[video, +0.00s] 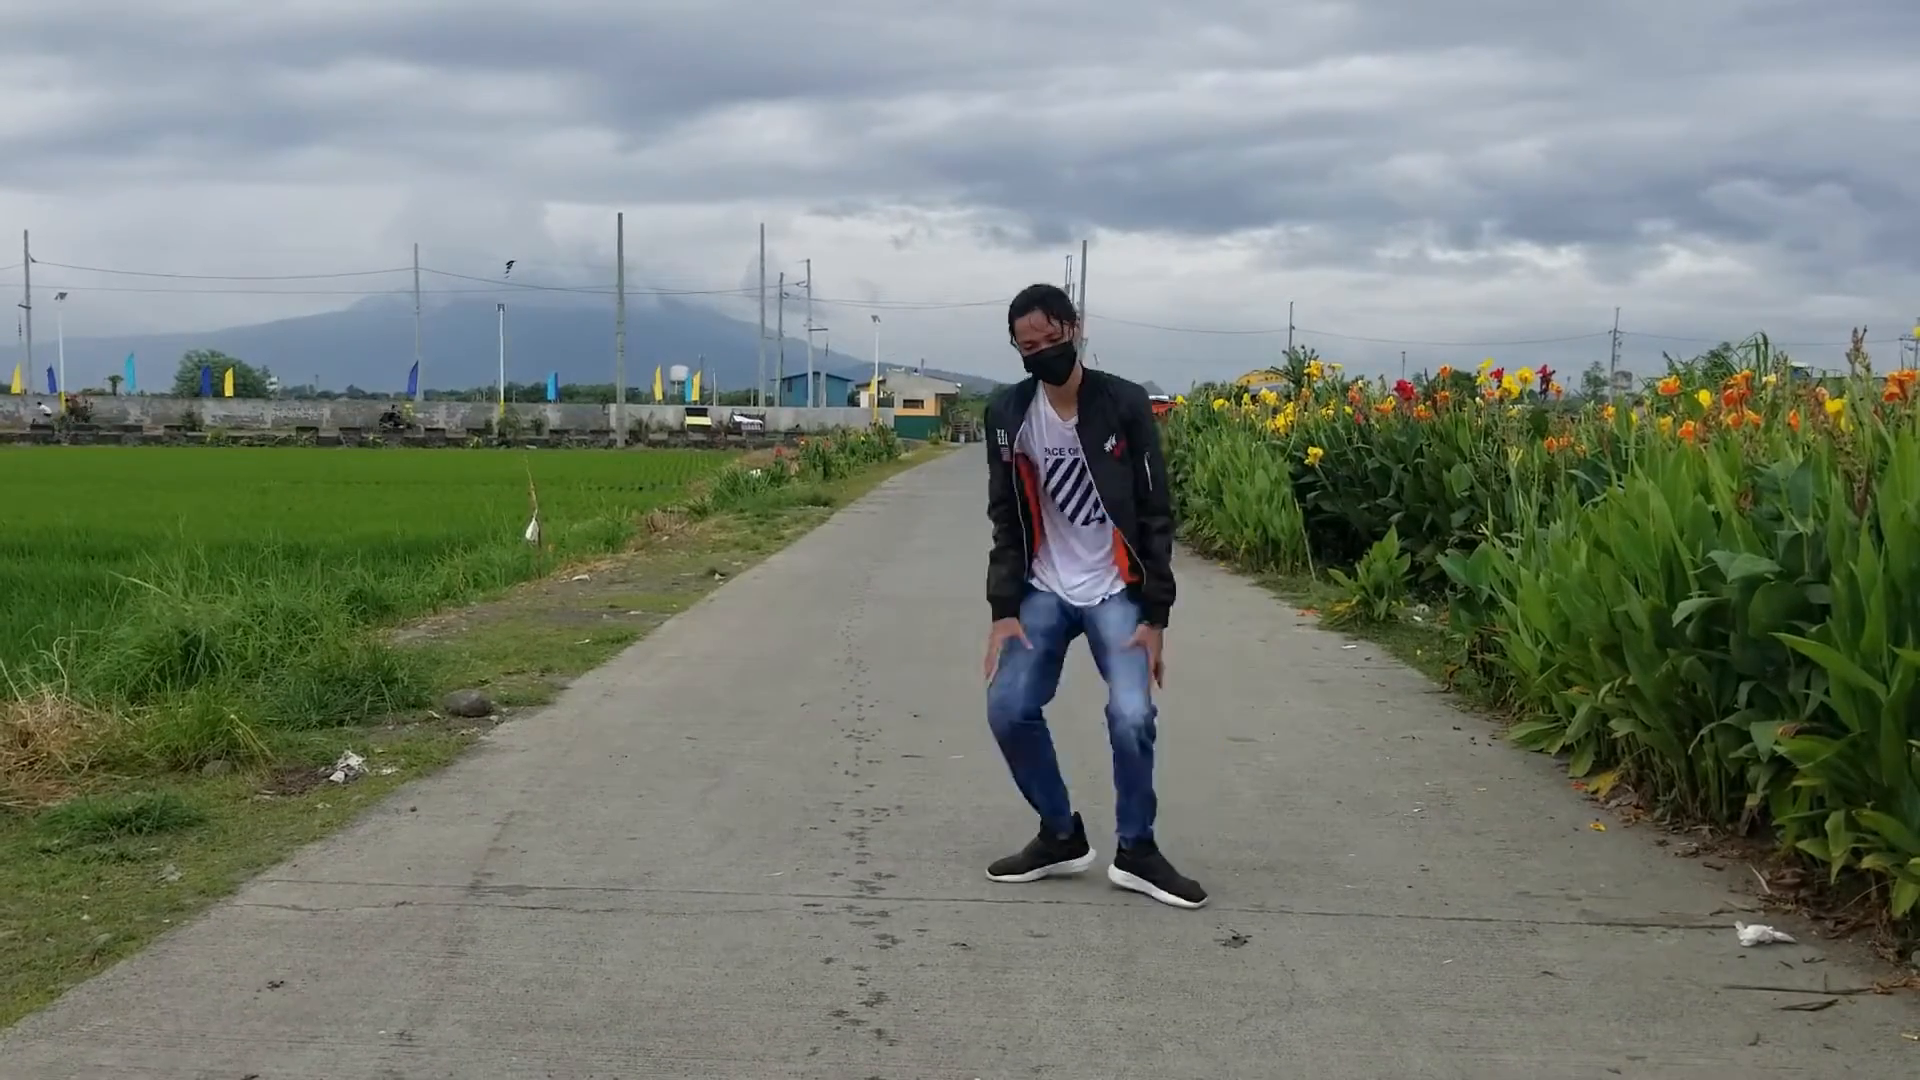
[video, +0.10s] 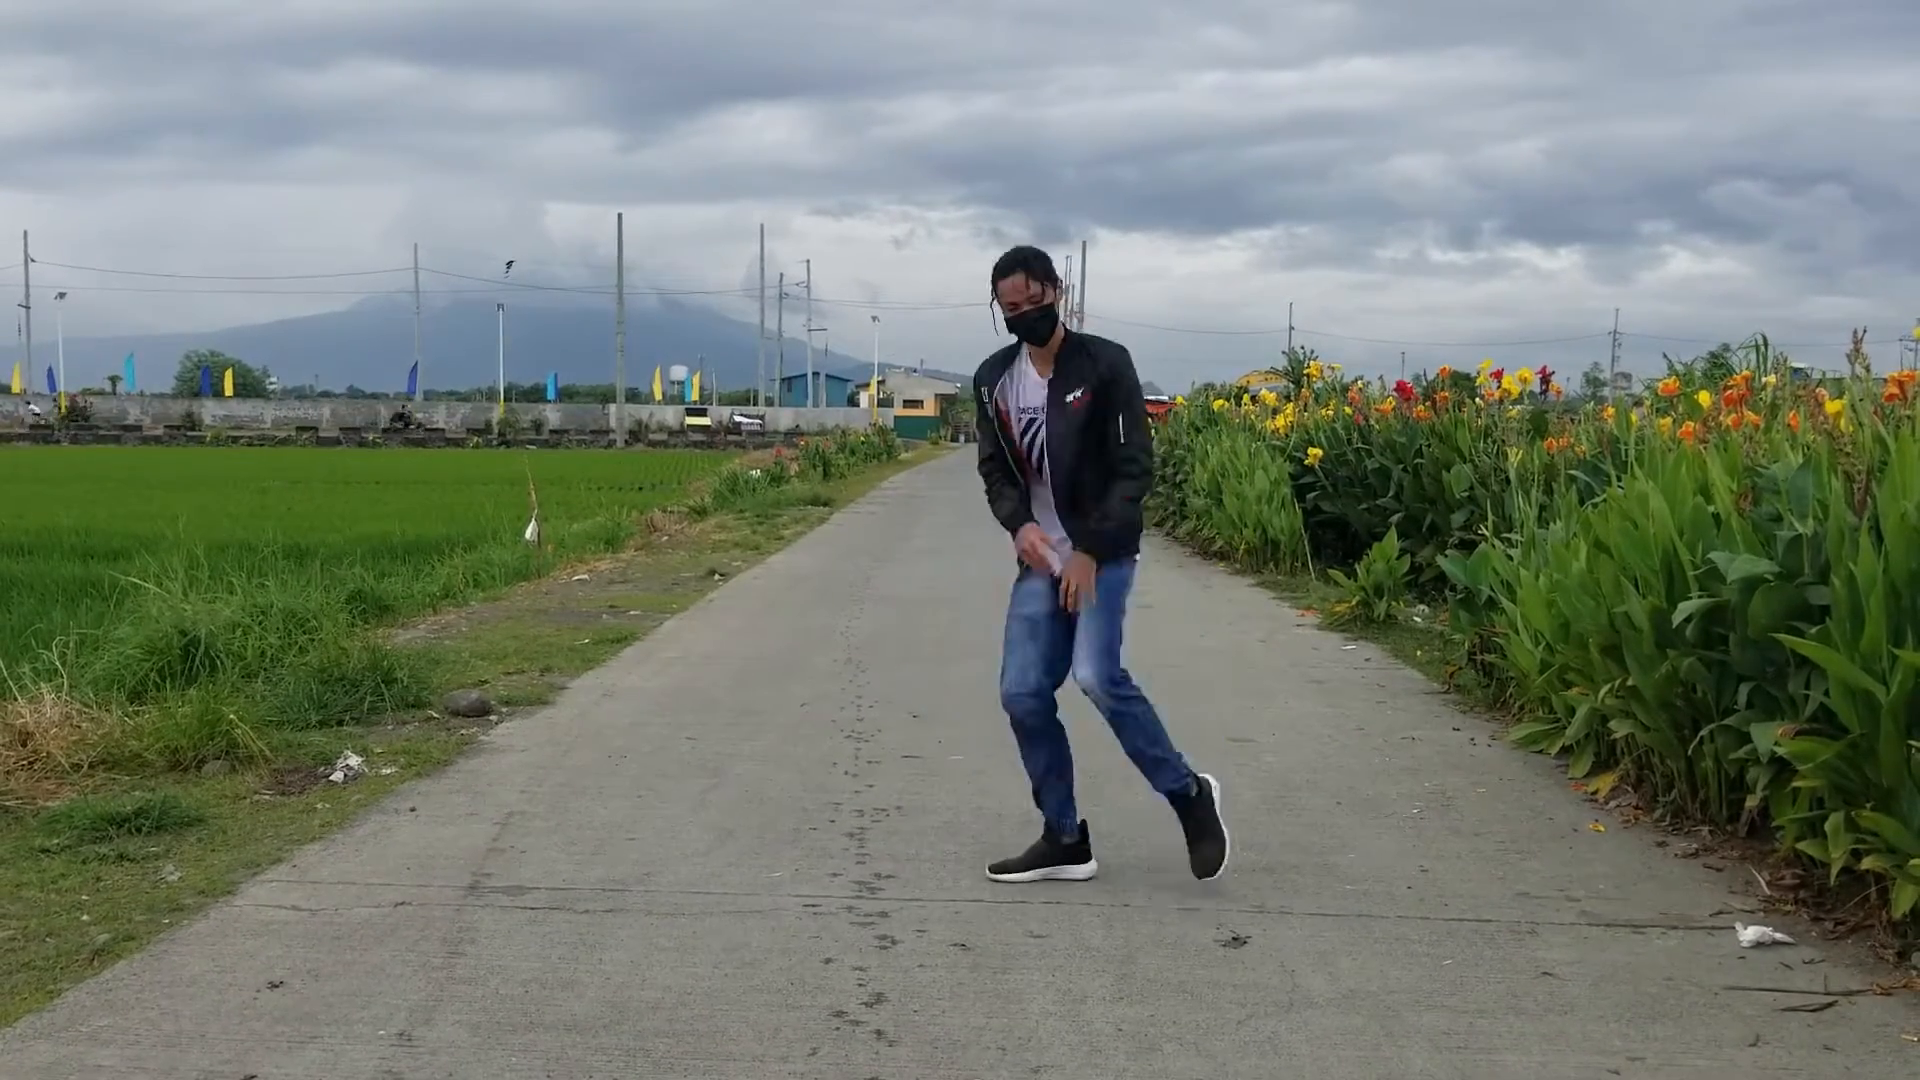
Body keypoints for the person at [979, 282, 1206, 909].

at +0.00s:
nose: (1038, 350)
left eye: (1046, 336)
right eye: (1026, 343)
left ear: (1073, 330)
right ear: (1018, 349)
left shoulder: (1124, 404)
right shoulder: (1008, 413)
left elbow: (1155, 514)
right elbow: (1006, 517)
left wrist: (1155, 616)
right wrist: (1003, 608)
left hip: (1115, 585)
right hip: (1041, 584)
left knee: (1133, 716)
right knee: (1008, 710)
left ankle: (1135, 850)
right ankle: (1061, 834)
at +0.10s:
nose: (1021, 310)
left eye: (1031, 296)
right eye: (1009, 302)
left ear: (1056, 293)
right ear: (998, 308)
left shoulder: (1104, 362)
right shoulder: (994, 378)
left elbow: (1134, 468)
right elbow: (995, 469)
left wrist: (1090, 551)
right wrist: (1020, 525)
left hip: (1105, 548)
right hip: (1041, 550)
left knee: (1096, 674)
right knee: (1023, 691)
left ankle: (1188, 795)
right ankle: (1066, 840)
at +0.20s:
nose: (1010, 280)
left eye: (1019, 267)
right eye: (998, 273)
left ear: (1046, 265)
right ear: (990, 284)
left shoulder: (1097, 333)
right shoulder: (989, 356)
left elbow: (1163, 400)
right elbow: (969, 442)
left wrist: (1074, 431)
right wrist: (1003, 383)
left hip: (1090, 530)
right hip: (1025, 543)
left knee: (1101, 612)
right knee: (1017, 682)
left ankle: (1163, 728)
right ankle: (1062, 831)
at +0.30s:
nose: (1014, 273)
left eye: (1023, 260)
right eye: (1001, 269)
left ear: (1048, 266)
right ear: (990, 284)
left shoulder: (1088, 331)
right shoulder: (984, 349)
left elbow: (1155, 365)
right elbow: (957, 413)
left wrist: (1067, 361)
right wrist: (1008, 342)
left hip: (1085, 506)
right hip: (1021, 527)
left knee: (1085, 547)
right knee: (1041, 691)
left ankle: (1119, 675)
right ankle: (1067, 832)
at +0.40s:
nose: (1010, 270)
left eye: (1020, 258)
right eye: (998, 264)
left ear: (1045, 266)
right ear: (987, 281)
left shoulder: (1083, 329)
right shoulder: (979, 348)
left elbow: (1142, 365)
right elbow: (955, 417)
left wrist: (1056, 354)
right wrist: (1002, 345)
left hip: (1079, 504)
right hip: (1010, 520)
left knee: (1045, 523)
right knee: (1033, 682)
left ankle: (1065, 667)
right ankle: (1065, 832)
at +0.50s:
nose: (1007, 283)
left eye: (1016, 270)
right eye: (996, 277)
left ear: (1042, 273)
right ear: (986, 291)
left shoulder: (1077, 333)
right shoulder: (980, 350)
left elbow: (1131, 361)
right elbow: (949, 400)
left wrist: (1046, 347)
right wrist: (992, 337)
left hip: (1070, 520)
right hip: (1012, 524)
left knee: (987, 540)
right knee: (1040, 685)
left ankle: (1005, 685)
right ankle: (1064, 833)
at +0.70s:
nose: (975, 294)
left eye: (980, 284)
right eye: (975, 285)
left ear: (1009, 284)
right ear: (1009, 286)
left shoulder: (1045, 333)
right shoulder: (996, 344)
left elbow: (1047, 355)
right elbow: (951, 364)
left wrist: (1076, 370)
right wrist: (958, 369)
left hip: (1027, 540)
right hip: (1053, 541)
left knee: (935, 627)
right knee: (1035, 689)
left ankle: (958, 760)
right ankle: (1062, 831)